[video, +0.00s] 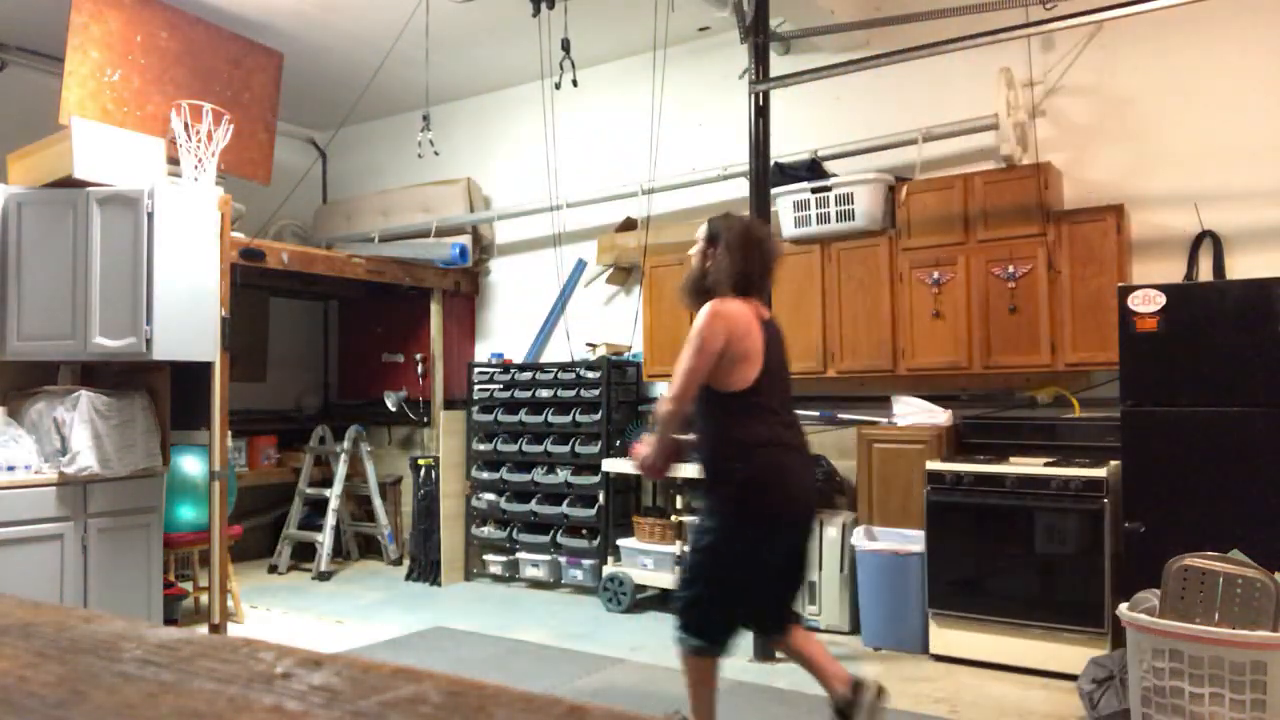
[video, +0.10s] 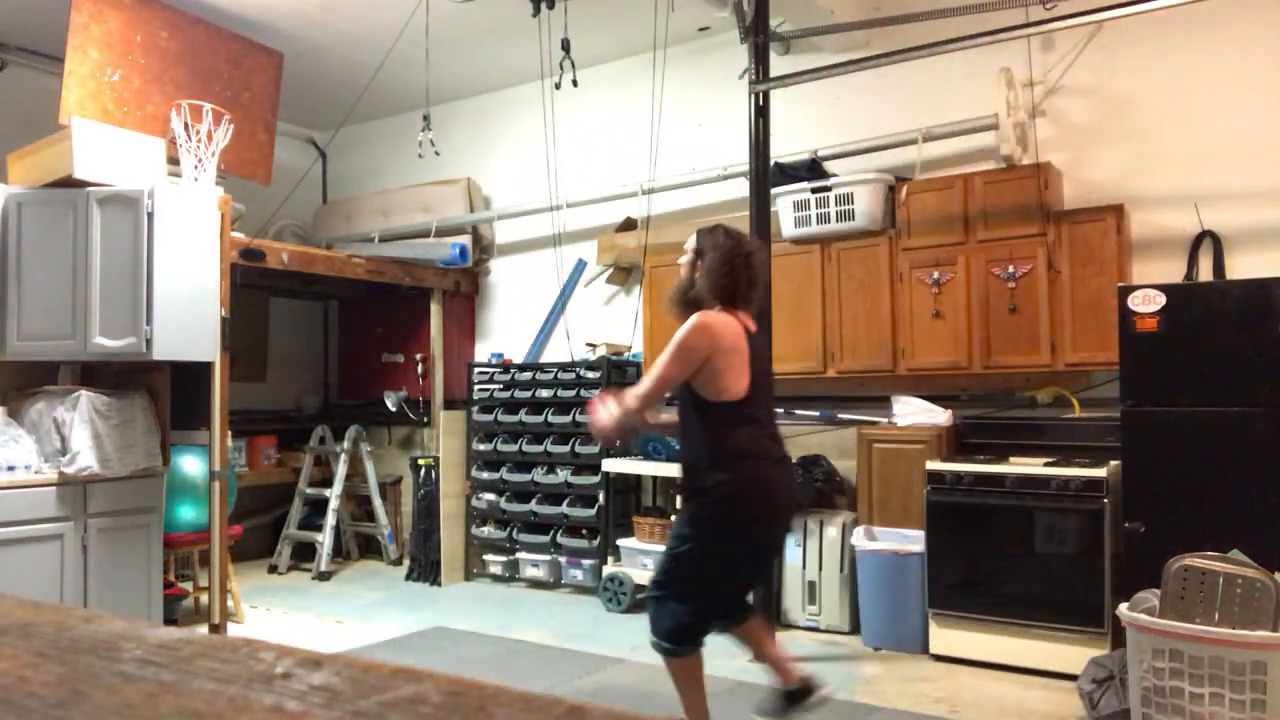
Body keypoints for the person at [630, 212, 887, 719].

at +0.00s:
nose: (692, 255)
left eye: (699, 247)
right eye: (695, 246)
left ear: (719, 255)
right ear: (750, 259)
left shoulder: (718, 314)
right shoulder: (762, 318)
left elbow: (675, 403)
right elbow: (741, 417)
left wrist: (658, 454)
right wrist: (677, 444)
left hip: (743, 489)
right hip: (789, 484)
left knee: (699, 615)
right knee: (769, 610)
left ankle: (702, 715)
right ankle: (846, 690)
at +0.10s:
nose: (680, 264)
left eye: (688, 256)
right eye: (683, 255)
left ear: (707, 266)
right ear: (732, 270)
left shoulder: (705, 325)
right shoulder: (747, 327)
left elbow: (640, 398)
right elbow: (714, 416)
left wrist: (612, 408)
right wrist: (641, 420)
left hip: (727, 494)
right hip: (768, 488)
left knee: (671, 608)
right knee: (722, 599)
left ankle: (697, 714)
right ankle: (793, 680)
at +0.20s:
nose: (675, 272)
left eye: (684, 266)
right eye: (679, 264)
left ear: (704, 278)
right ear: (731, 282)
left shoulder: (697, 335)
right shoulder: (735, 338)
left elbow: (617, 378)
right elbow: (670, 390)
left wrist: (588, 348)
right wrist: (620, 354)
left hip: (707, 506)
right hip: (743, 504)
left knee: (650, 605)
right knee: (698, 602)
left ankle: (693, 712)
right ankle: (743, 684)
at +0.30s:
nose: (672, 276)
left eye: (681, 270)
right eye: (677, 268)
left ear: (695, 287)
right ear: (721, 293)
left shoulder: (696, 343)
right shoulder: (712, 346)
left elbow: (608, 334)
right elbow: (631, 338)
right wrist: (631, 280)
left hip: (695, 508)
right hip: (716, 503)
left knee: (632, 607)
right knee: (685, 608)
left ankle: (691, 714)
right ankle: (744, 684)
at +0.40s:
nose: (668, 259)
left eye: (676, 251)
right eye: (669, 251)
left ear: (691, 264)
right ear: (715, 270)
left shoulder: (690, 321)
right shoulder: (691, 320)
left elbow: (612, 276)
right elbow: (626, 283)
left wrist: (635, 216)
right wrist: (648, 228)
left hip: (685, 488)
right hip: (699, 484)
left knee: (631, 600)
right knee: (687, 596)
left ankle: (689, 712)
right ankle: (742, 679)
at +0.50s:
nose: (665, 219)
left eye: (673, 212)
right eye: (669, 213)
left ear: (685, 226)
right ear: (708, 233)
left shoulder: (685, 275)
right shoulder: (690, 278)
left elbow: (612, 235)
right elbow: (623, 247)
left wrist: (636, 177)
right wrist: (649, 190)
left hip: (667, 454)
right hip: (687, 449)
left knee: (645, 581)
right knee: (685, 563)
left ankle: (681, 699)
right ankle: (715, 657)